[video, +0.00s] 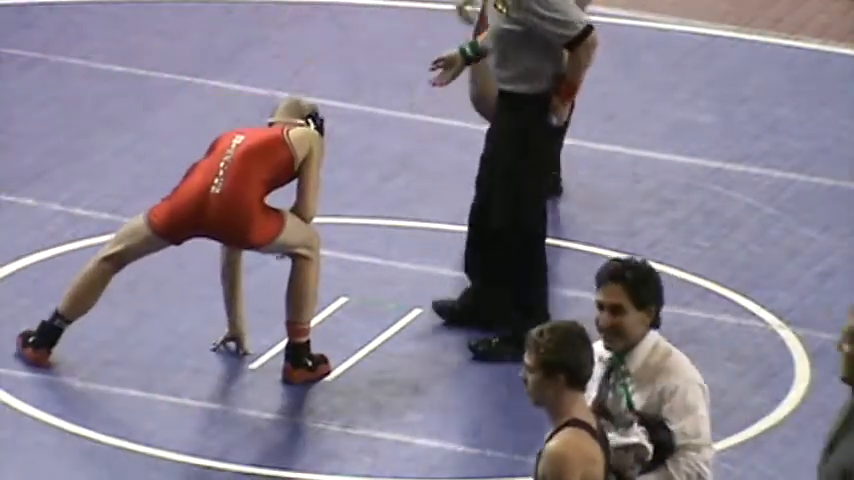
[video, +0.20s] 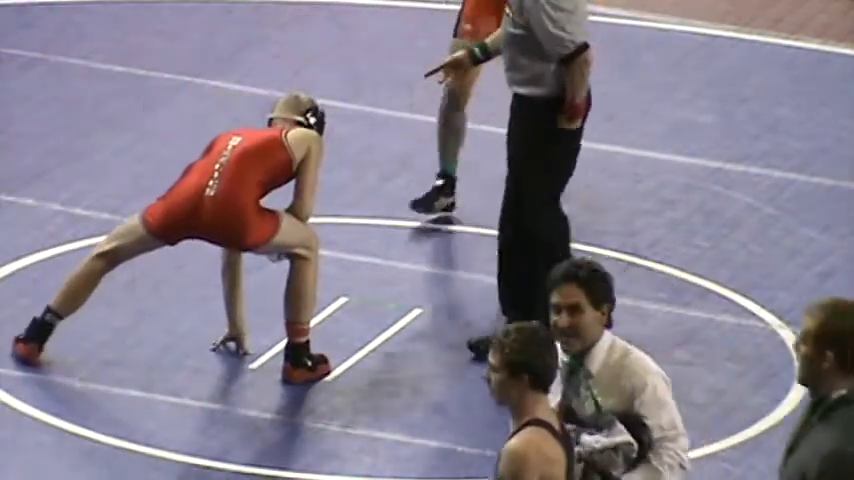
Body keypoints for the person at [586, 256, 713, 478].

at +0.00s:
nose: (604, 322)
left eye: (617, 311)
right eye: (600, 308)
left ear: (649, 315)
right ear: (595, 306)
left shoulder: (679, 379)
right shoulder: (594, 357)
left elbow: (695, 464)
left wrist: (637, 477)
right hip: (591, 468)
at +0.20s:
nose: (562, 322)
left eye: (574, 311)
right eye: (556, 311)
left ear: (604, 313)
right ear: (548, 313)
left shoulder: (640, 374)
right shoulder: (552, 362)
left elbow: (672, 457)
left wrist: (627, 477)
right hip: (563, 470)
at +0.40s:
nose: (514, 319)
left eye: (525, 306)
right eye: (507, 308)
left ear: (553, 308)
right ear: (501, 310)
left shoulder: (595, 361)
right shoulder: (499, 358)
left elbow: (640, 432)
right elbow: (467, 426)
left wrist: (607, 472)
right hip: (520, 469)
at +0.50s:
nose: (494, 317)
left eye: (505, 305)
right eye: (487, 307)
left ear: (533, 307)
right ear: (481, 308)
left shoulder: (578, 357)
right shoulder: (478, 355)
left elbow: (626, 424)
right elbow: (446, 420)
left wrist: (596, 468)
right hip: (495, 467)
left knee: (538, 456)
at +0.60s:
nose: (479, 316)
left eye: (490, 303)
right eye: (471, 305)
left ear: (518, 303)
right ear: (465, 307)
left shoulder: (563, 353)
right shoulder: (461, 356)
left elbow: (612, 421)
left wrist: (583, 464)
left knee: (527, 453)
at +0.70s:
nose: (467, 316)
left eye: (478, 303)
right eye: (460, 305)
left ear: (507, 303)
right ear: (453, 307)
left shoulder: (552, 353)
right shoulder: (449, 359)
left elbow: (602, 421)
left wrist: (572, 464)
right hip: (475, 471)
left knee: (516, 452)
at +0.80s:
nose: (457, 315)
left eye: (468, 303)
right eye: (450, 304)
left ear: (498, 303)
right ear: (444, 306)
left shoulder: (544, 353)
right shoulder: (438, 364)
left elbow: (591, 421)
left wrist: (562, 465)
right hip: (469, 473)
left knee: (504, 453)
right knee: (507, 452)